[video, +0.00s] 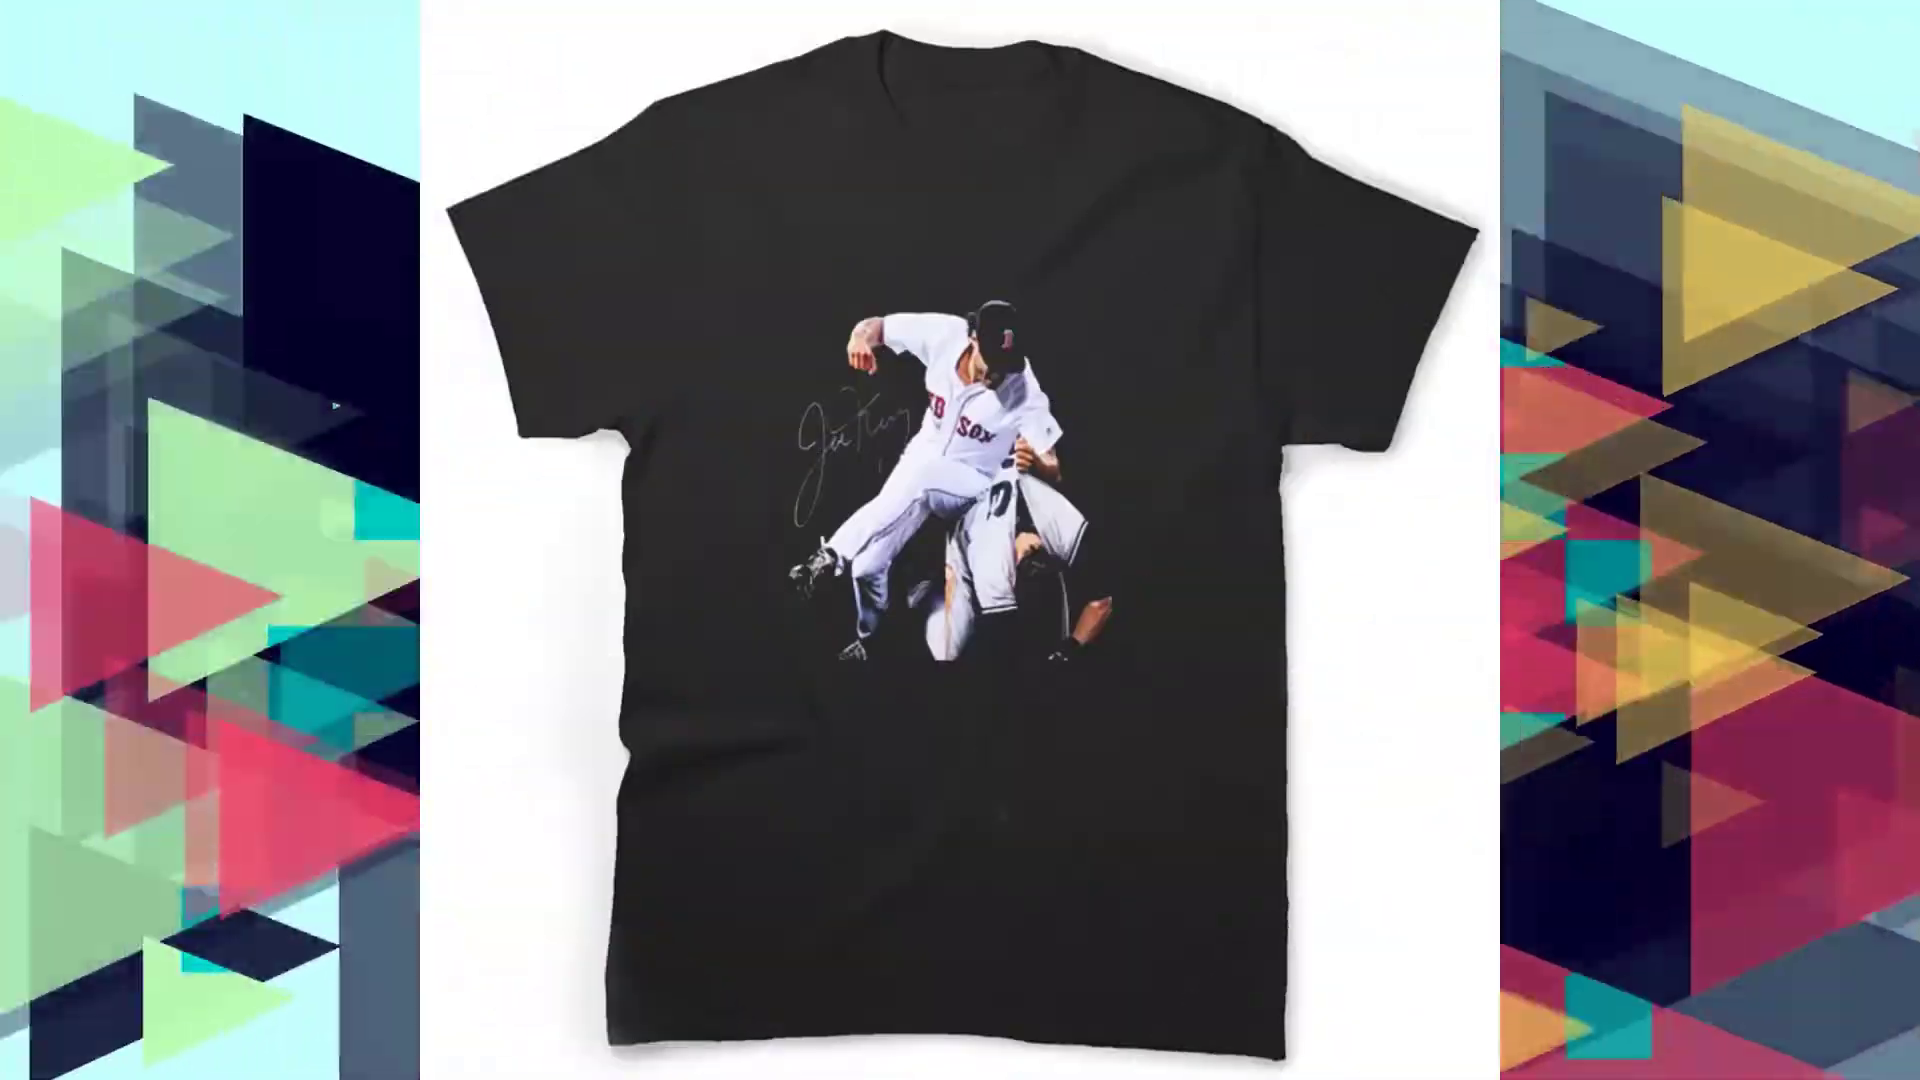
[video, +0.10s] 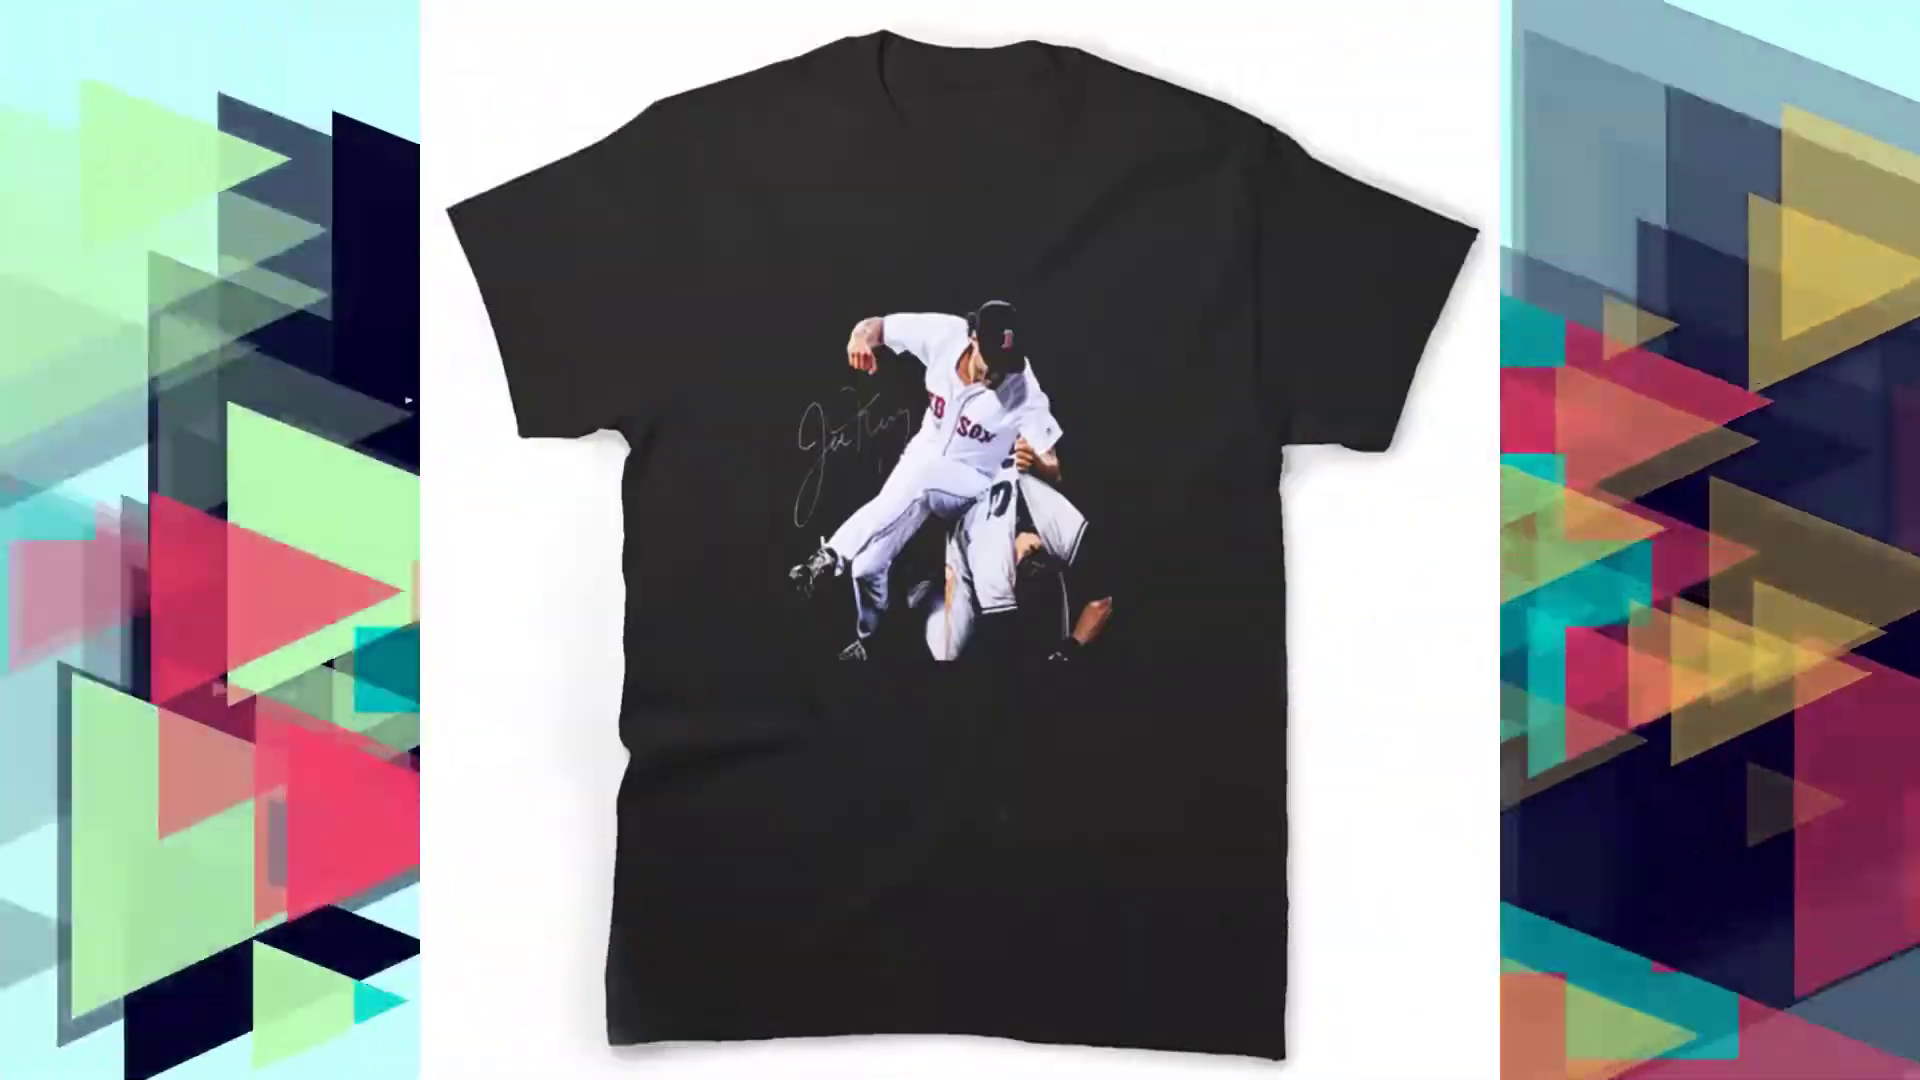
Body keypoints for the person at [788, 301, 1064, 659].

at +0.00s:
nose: (995, 373)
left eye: (1004, 366)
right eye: (990, 364)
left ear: (1016, 355)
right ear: (973, 342)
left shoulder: (1023, 390)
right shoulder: (946, 334)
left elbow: (1055, 470)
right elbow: (874, 327)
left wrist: (1038, 463)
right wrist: (861, 340)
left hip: (978, 482)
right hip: (922, 460)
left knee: (920, 477)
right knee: (867, 565)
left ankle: (827, 559)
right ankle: (870, 640)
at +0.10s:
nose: (995, 373)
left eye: (1004, 366)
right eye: (990, 364)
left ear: (1016, 355)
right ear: (973, 342)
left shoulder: (1023, 390)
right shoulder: (946, 334)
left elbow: (1055, 470)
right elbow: (874, 327)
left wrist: (1038, 463)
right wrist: (861, 340)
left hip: (978, 482)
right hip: (922, 460)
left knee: (920, 477)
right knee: (867, 565)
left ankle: (827, 559)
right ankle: (870, 640)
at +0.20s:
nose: (995, 373)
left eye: (1004, 366)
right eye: (990, 364)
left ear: (1016, 355)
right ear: (973, 342)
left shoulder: (1023, 390)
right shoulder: (946, 334)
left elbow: (1055, 470)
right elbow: (874, 327)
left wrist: (1038, 463)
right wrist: (861, 340)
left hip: (978, 482)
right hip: (922, 460)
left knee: (920, 477)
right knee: (867, 565)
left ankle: (827, 559)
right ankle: (870, 640)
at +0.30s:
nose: (995, 373)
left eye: (1004, 366)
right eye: (990, 364)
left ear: (1016, 355)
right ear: (973, 342)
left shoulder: (1023, 390)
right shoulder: (946, 334)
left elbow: (1055, 470)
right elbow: (874, 327)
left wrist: (1038, 463)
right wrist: (861, 340)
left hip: (978, 482)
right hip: (922, 460)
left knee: (920, 477)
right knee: (867, 565)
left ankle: (827, 559)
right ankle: (870, 640)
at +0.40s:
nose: (995, 373)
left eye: (1004, 366)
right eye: (990, 364)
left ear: (1016, 355)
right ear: (973, 342)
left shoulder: (1023, 390)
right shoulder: (946, 334)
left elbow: (1055, 470)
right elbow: (874, 327)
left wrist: (1038, 463)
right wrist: (861, 340)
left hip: (978, 482)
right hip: (922, 460)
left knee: (920, 477)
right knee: (867, 565)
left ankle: (827, 559)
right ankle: (870, 640)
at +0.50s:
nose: (995, 373)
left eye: (1004, 366)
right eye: (990, 364)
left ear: (1016, 355)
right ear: (973, 342)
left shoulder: (1023, 390)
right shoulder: (946, 334)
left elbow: (1055, 470)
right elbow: (874, 327)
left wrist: (1038, 463)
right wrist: (861, 340)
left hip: (978, 482)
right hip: (922, 460)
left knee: (920, 477)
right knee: (867, 565)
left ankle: (827, 559)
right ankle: (870, 640)